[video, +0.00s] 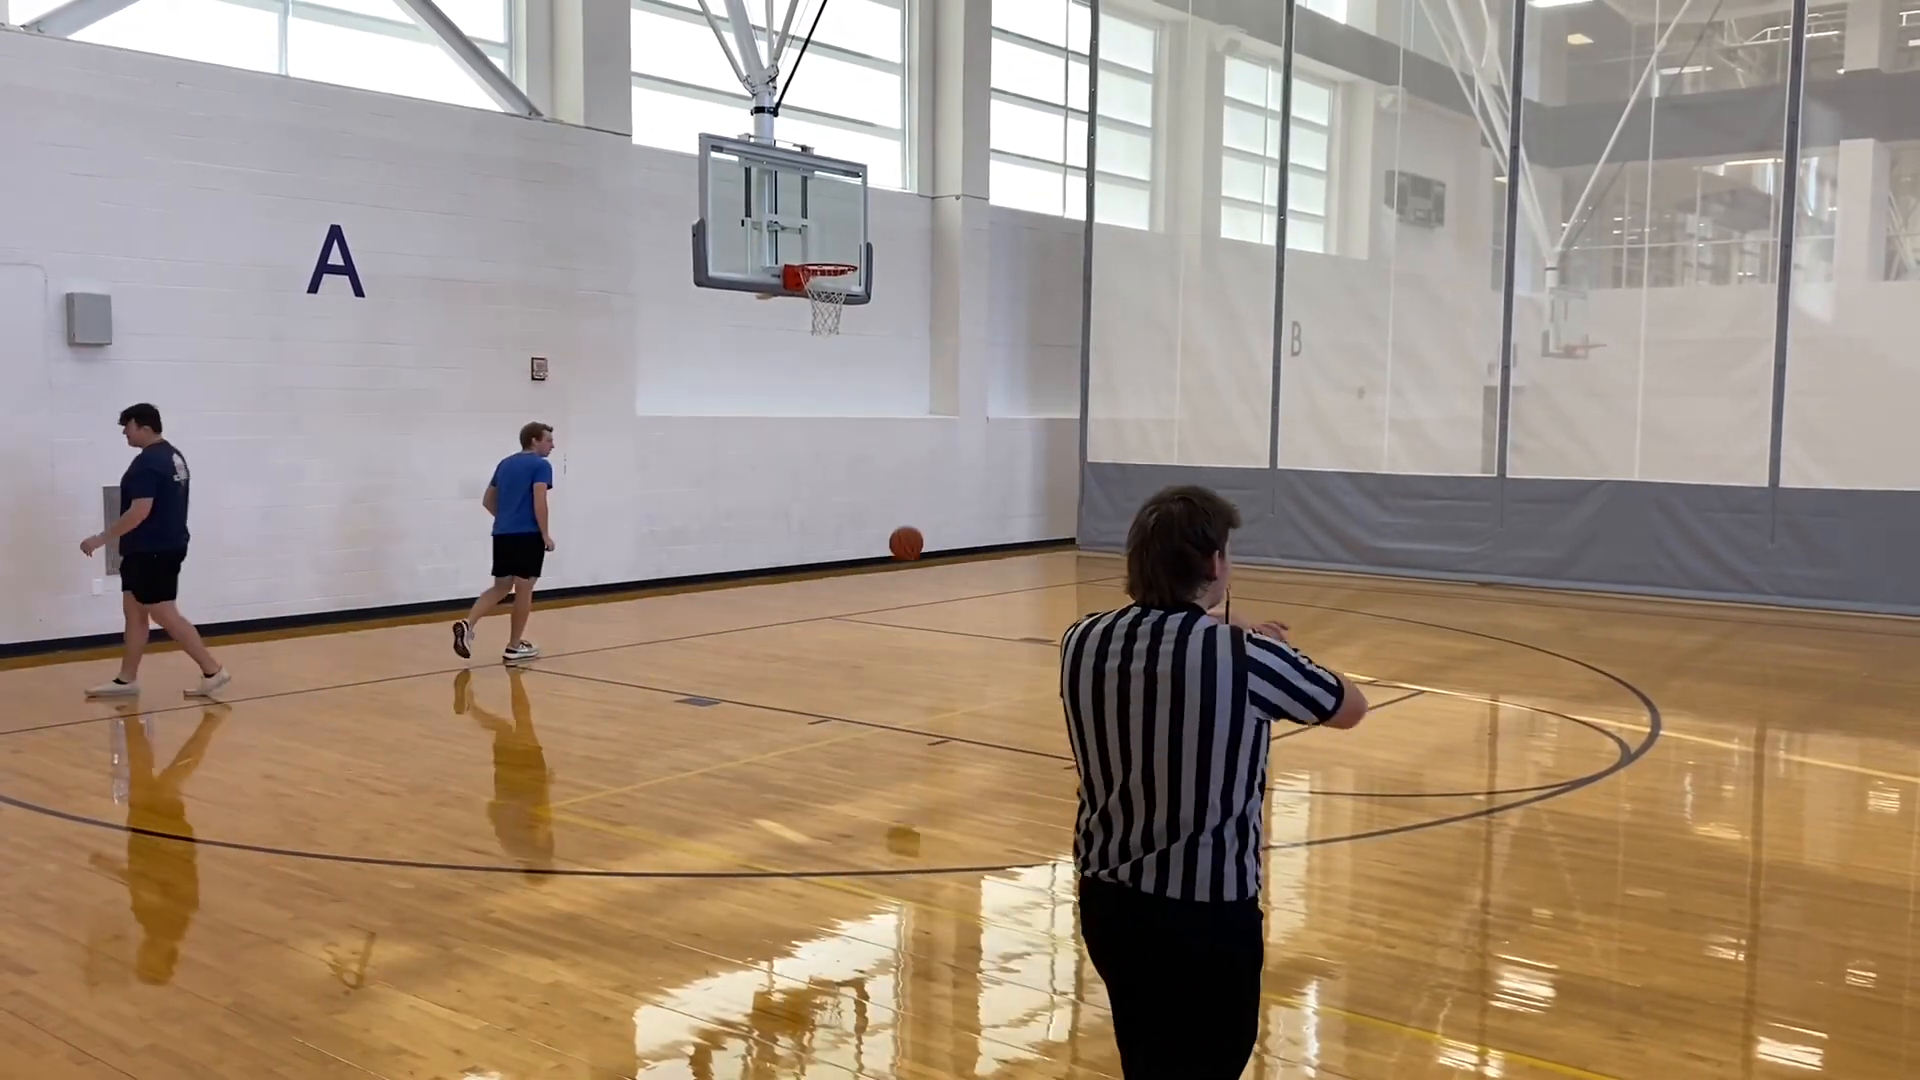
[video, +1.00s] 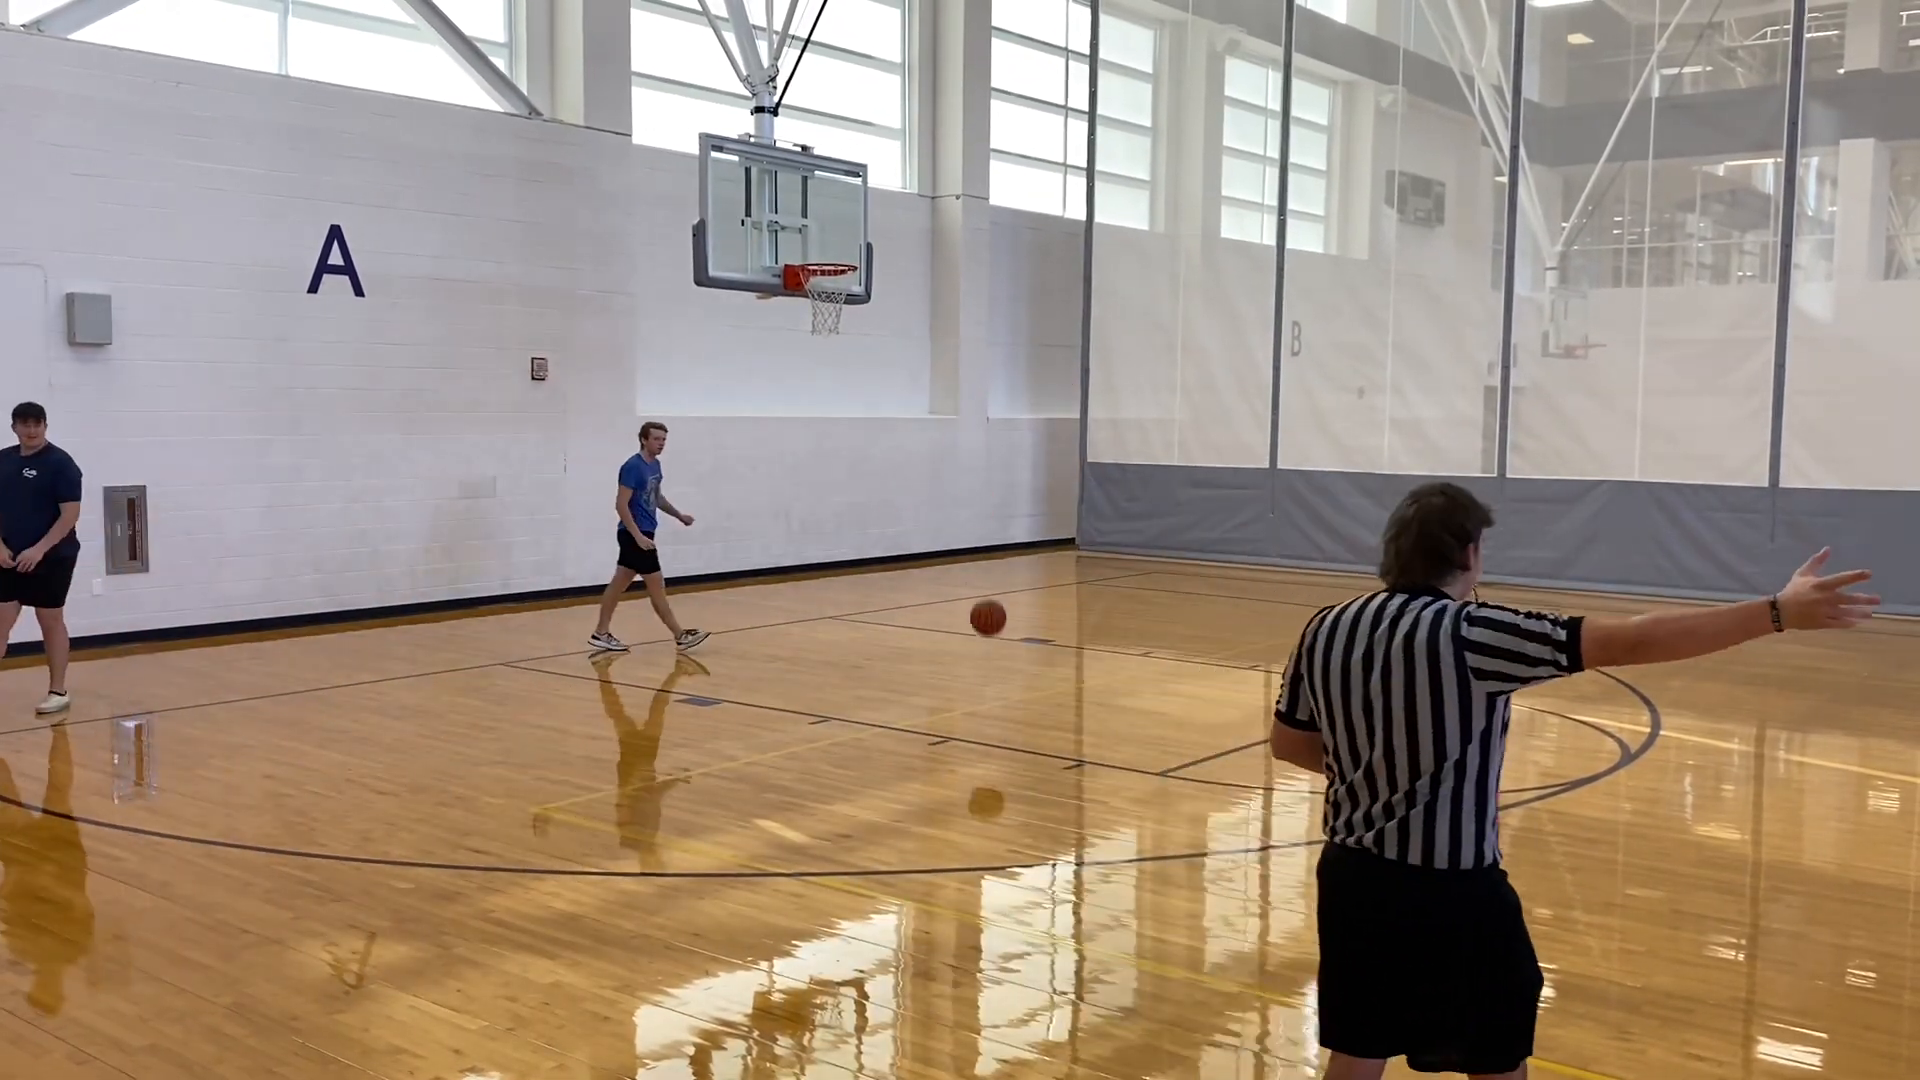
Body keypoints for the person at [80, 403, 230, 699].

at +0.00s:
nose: (125, 435)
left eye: (128, 429)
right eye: (125, 429)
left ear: (143, 428)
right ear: (150, 429)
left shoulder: (148, 461)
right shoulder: (172, 455)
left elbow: (139, 511)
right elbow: (169, 508)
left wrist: (101, 538)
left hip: (150, 551)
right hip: (163, 548)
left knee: (164, 613)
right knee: (135, 610)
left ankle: (214, 672)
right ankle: (126, 679)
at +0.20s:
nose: (97, 429)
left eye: (103, 423)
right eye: (96, 424)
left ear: (120, 422)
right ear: (111, 424)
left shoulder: (128, 456)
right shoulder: (121, 453)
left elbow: (134, 509)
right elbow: (120, 507)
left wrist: (117, 551)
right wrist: (104, 547)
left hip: (126, 546)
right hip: (125, 544)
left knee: (97, 607)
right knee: (123, 609)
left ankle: (155, 661)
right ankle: (126, 678)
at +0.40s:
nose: (76, 431)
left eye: (81, 424)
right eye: (73, 426)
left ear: (98, 423)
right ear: (72, 428)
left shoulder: (116, 460)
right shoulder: (79, 456)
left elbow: (130, 510)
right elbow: (68, 500)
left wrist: (125, 554)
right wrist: (43, 535)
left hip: (101, 551)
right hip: (84, 549)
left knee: (79, 614)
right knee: (109, 610)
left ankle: (70, 689)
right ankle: (125, 678)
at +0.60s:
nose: (62, 430)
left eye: (68, 424)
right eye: (57, 425)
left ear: (82, 425)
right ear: (53, 428)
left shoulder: (98, 463)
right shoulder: (53, 458)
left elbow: (110, 515)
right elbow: (44, 504)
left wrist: (109, 561)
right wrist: (23, 539)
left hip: (83, 552)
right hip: (54, 550)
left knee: (69, 614)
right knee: (58, 611)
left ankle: (59, 691)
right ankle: (108, 666)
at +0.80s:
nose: (48, 431)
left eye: (54, 425)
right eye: (42, 425)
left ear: (65, 426)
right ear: (35, 427)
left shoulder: (81, 465)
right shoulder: (29, 458)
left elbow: (86, 520)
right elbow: (17, 503)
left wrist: (67, 559)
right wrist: (16, 542)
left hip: (70, 550)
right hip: (33, 549)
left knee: (60, 617)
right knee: (8, 610)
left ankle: (60, 691)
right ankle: (49, 662)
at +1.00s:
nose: (30, 430)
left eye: (36, 424)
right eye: (24, 424)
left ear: (45, 426)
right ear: (14, 427)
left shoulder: (62, 464)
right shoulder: (3, 460)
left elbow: (70, 516)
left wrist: (38, 549)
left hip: (52, 553)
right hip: (9, 553)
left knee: (51, 620)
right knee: (3, 621)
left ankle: (58, 691)